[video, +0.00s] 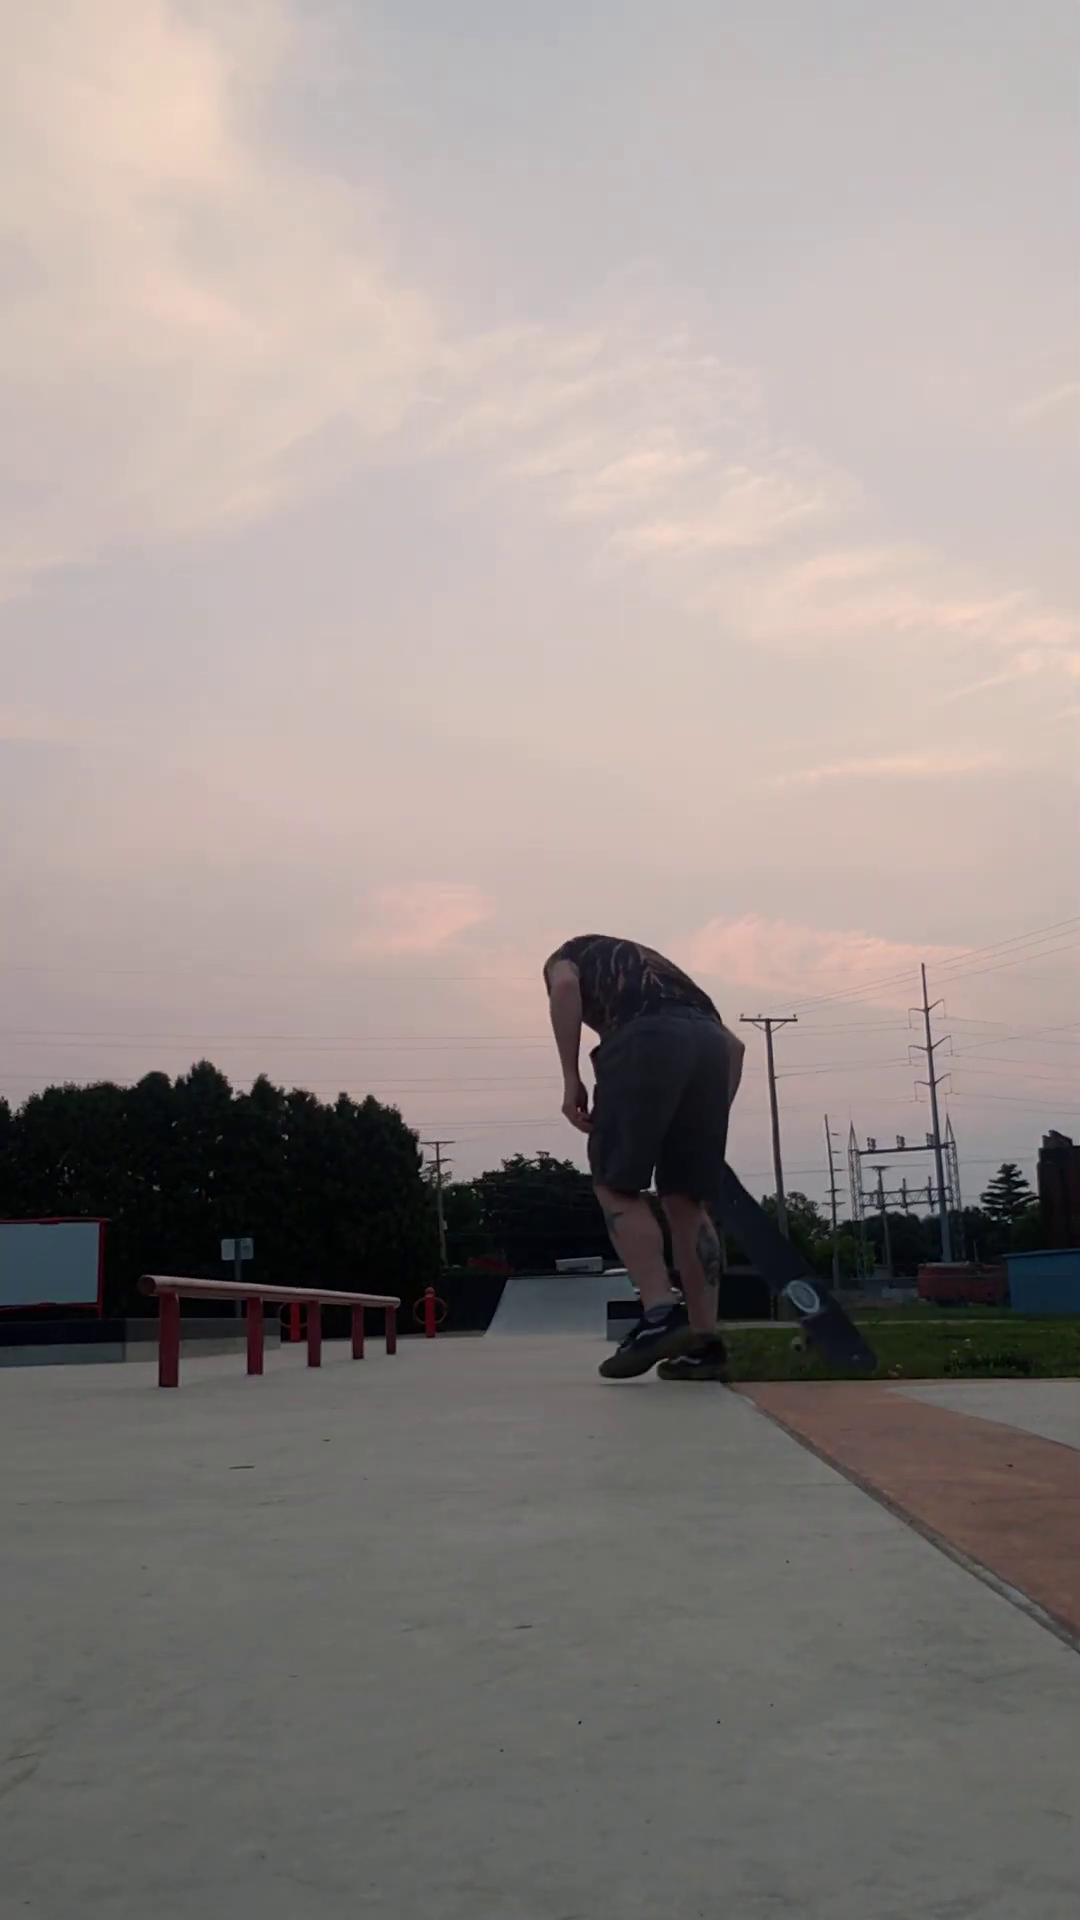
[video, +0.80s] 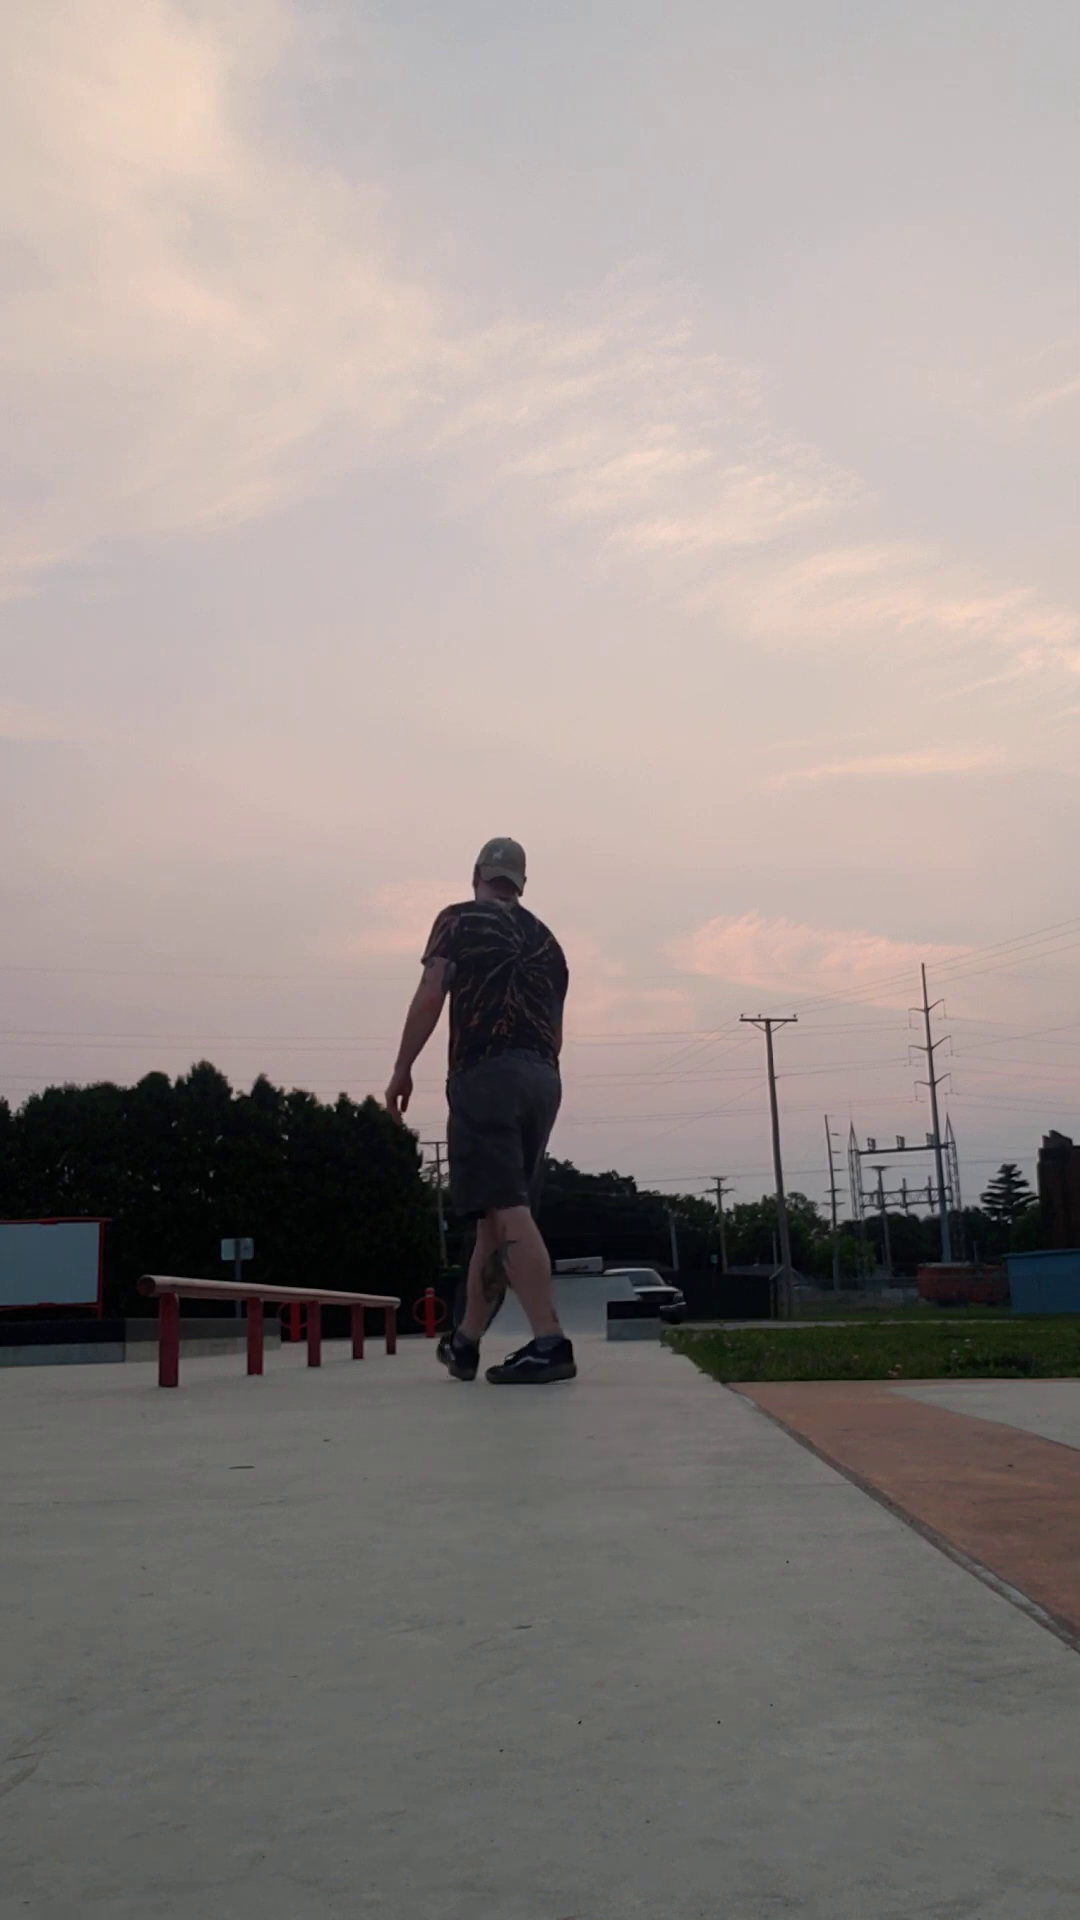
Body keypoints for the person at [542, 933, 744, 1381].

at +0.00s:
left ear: (571, 954)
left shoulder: (568, 956)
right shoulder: (653, 965)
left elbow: (565, 986)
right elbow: (733, 1046)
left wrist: (572, 1080)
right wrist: (710, 1121)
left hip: (648, 1043)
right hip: (712, 1047)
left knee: (616, 1187)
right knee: (684, 1195)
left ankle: (659, 1311)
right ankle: (706, 1343)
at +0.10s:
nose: (551, 942)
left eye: (552, 933)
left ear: (558, 930)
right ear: (595, 926)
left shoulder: (556, 942)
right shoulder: (640, 952)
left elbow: (555, 982)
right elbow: (722, 1018)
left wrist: (559, 1075)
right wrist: (698, 1089)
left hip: (633, 1047)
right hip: (698, 1049)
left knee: (600, 1187)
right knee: (684, 1196)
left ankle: (611, 1336)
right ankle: (702, 1342)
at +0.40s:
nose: (511, 897)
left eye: (510, 889)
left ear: (513, 887)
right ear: (560, 883)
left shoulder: (509, 916)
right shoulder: (597, 919)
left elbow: (505, 985)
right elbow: (645, 999)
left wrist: (498, 1075)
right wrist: (623, 1061)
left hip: (561, 1065)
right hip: (626, 1064)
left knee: (547, 1206)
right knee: (628, 1197)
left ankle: (552, 1348)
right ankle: (680, 1326)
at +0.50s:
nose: (500, 883)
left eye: (499, 876)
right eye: (511, 877)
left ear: (503, 872)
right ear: (549, 873)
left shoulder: (495, 908)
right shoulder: (586, 920)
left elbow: (480, 983)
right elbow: (620, 1010)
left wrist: (467, 1067)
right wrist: (592, 1066)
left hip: (540, 1063)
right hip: (602, 1064)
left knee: (532, 1203)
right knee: (582, 1200)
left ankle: (549, 1348)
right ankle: (639, 1299)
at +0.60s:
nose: (497, 878)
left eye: (494, 870)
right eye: (515, 870)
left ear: (494, 867)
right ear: (542, 871)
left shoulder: (484, 906)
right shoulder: (575, 922)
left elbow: (462, 983)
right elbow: (596, 1016)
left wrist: (440, 1061)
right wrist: (570, 1069)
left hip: (520, 1063)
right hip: (582, 1064)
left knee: (526, 1205)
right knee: (553, 1200)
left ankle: (548, 1345)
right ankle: (579, 1307)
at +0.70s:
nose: (495, 880)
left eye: (489, 870)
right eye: (513, 870)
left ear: (486, 869)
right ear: (533, 876)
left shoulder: (471, 910)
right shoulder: (563, 931)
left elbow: (446, 988)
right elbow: (572, 1025)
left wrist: (418, 1061)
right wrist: (550, 1076)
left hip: (503, 1065)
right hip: (561, 1068)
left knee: (518, 1206)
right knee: (523, 1205)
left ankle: (550, 1348)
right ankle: (512, 1334)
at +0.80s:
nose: (489, 888)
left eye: (481, 879)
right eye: (506, 879)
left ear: (477, 877)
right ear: (523, 884)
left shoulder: (459, 918)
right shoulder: (549, 942)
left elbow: (432, 994)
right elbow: (553, 1031)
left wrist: (403, 1068)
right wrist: (543, 1088)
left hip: (484, 1076)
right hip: (543, 1081)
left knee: (512, 1213)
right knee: (496, 1216)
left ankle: (549, 1343)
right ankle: (466, 1342)